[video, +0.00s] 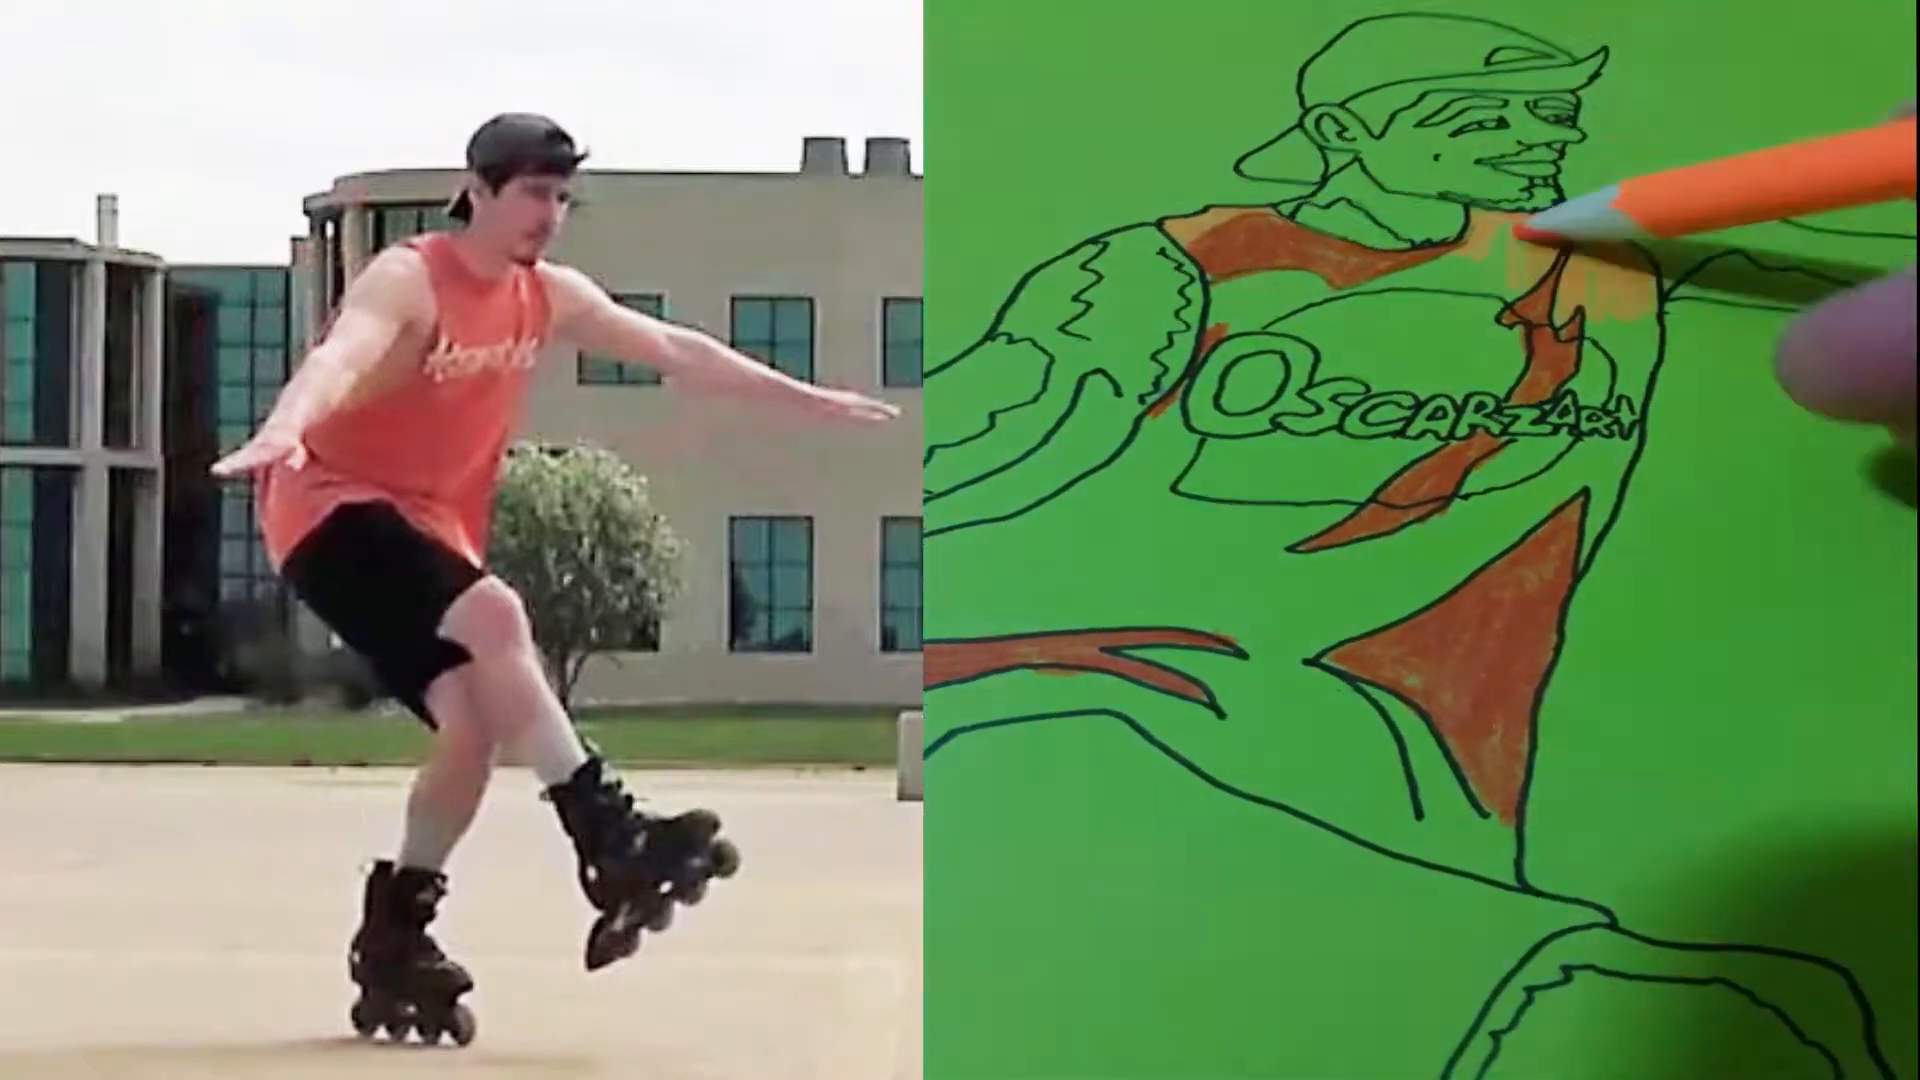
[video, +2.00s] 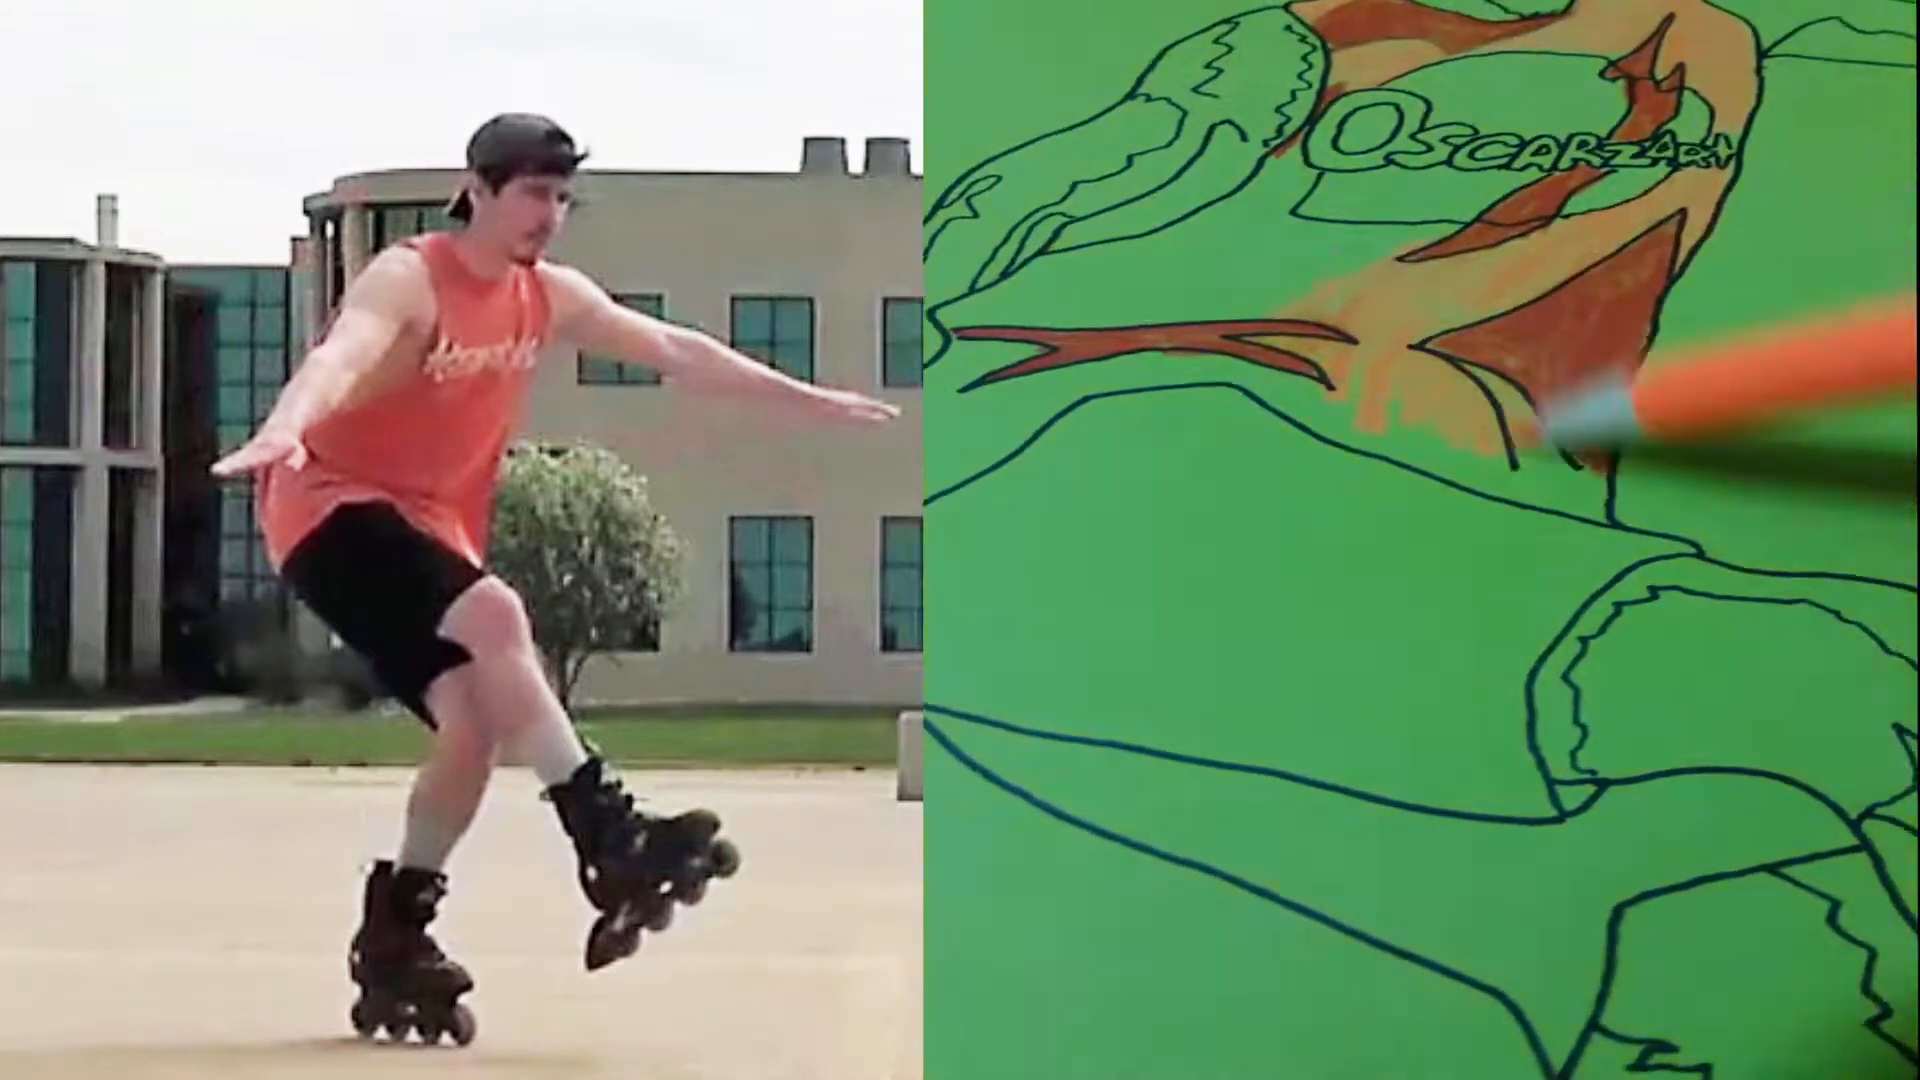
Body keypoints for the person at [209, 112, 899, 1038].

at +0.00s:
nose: (552, 214)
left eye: (562, 198)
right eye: (536, 195)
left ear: (562, 203)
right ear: (477, 191)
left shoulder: (551, 293)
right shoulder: (408, 274)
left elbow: (674, 349)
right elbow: (342, 356)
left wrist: (811, 399)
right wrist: (283, 428)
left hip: (436, 530)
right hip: (334, 505)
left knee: (477, 725)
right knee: (492, 616)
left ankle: (393, 935)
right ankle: (610, 841)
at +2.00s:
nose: (551, 215)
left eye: (561, 199)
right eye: (535, 195)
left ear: (563, 203)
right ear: (475, 191)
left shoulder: (551, 293)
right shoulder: (408, 274)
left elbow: (674, 350)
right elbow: (342, 356)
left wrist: (811, 399)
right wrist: (282, 429)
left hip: (436, 530)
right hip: (334, 505)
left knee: (477, 725)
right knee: (492, 616)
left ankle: (394, 934)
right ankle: (609, 840)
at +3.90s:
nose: (551, 215)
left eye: (561, 199)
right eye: (535, 195)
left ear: (563, 204)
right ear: (475, 191)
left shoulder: (551, 293)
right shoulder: (408, 274)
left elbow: (673, 349)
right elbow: (342, 355)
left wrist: (809, 399)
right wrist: (283, 429)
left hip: (437, 531)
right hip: (334, 505)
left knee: (478, 725)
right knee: (492, 616)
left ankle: (394, 934)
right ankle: (609, 839)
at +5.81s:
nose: (551, 215)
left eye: (561, 199)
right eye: (535, 195)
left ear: (563, 204)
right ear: (476, 191)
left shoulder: (551, 293)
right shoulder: (408, 275)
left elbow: (673, 349)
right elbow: (342, 355)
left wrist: (808, 398)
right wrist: (283, 428)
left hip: (436, 529)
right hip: (334, 504)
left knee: (477, 724)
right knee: (492, 616)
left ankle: (393, 938)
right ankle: (609, 840)